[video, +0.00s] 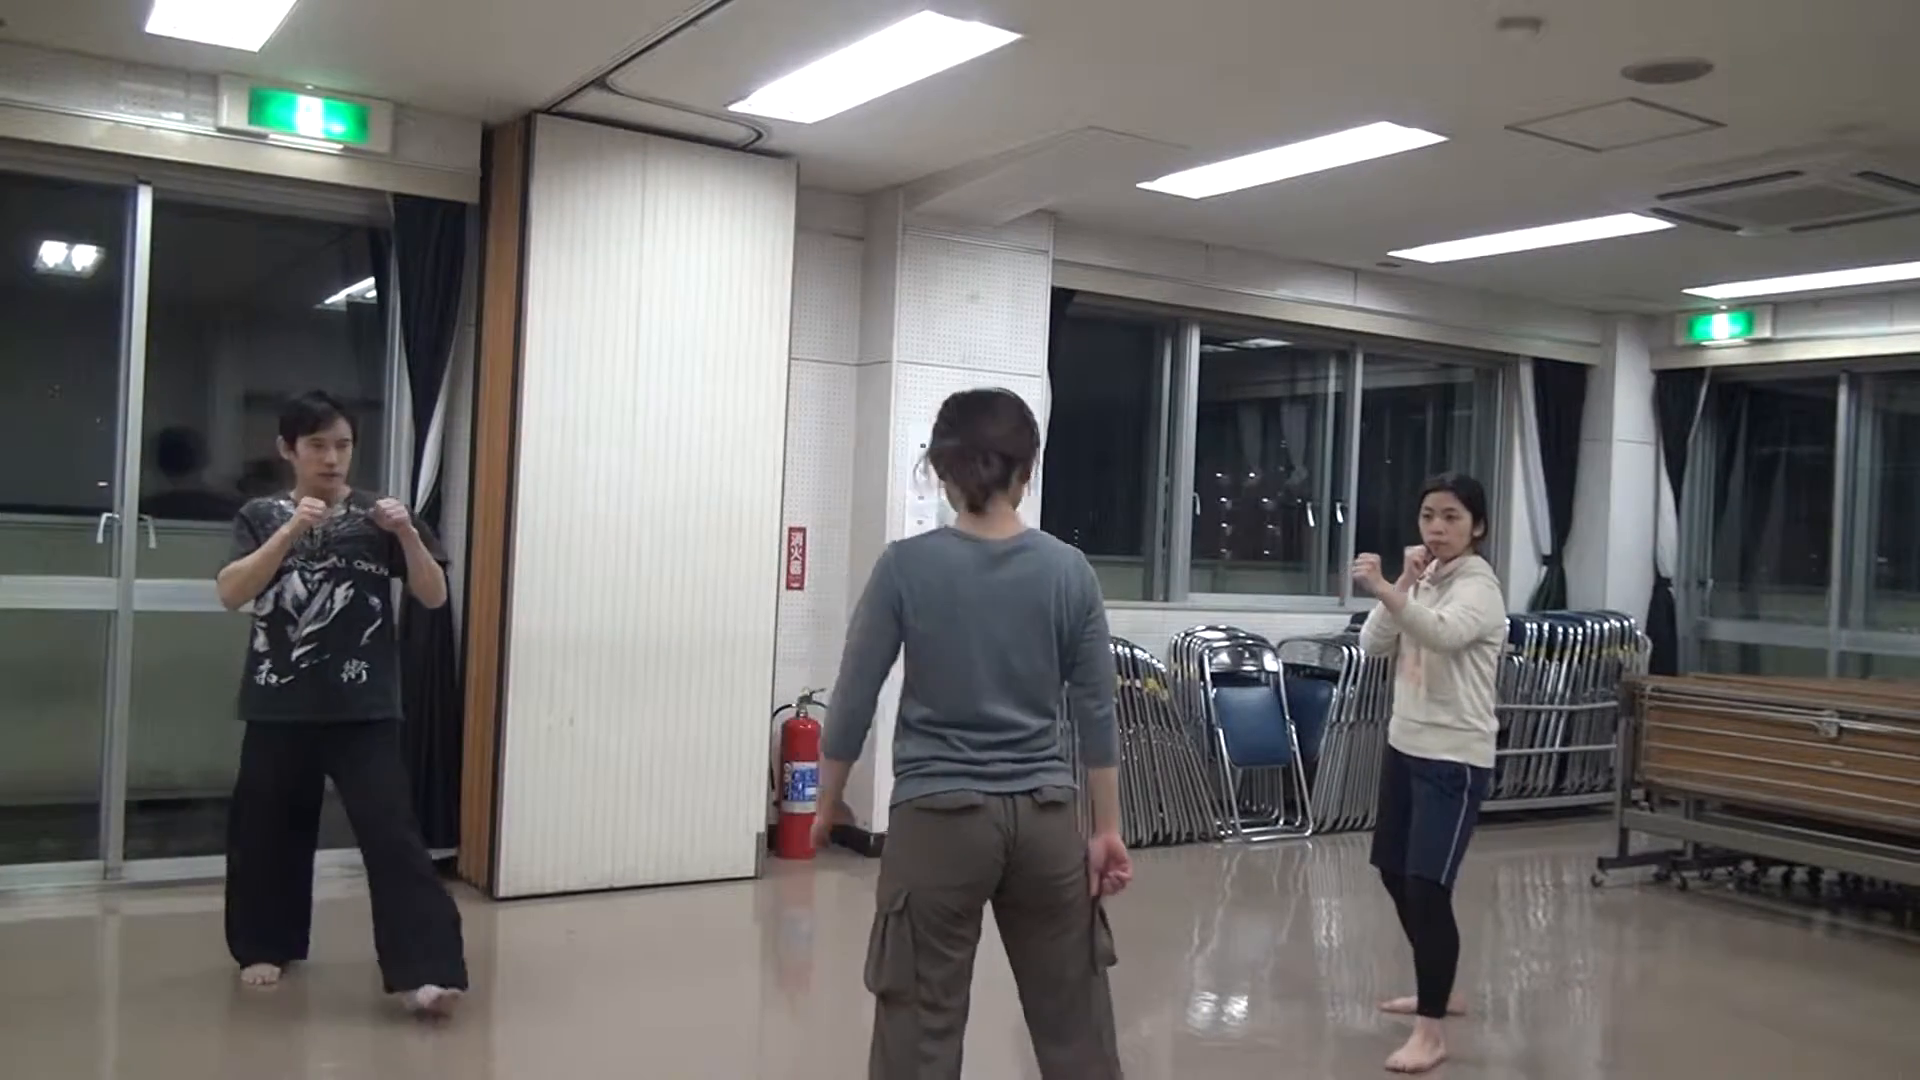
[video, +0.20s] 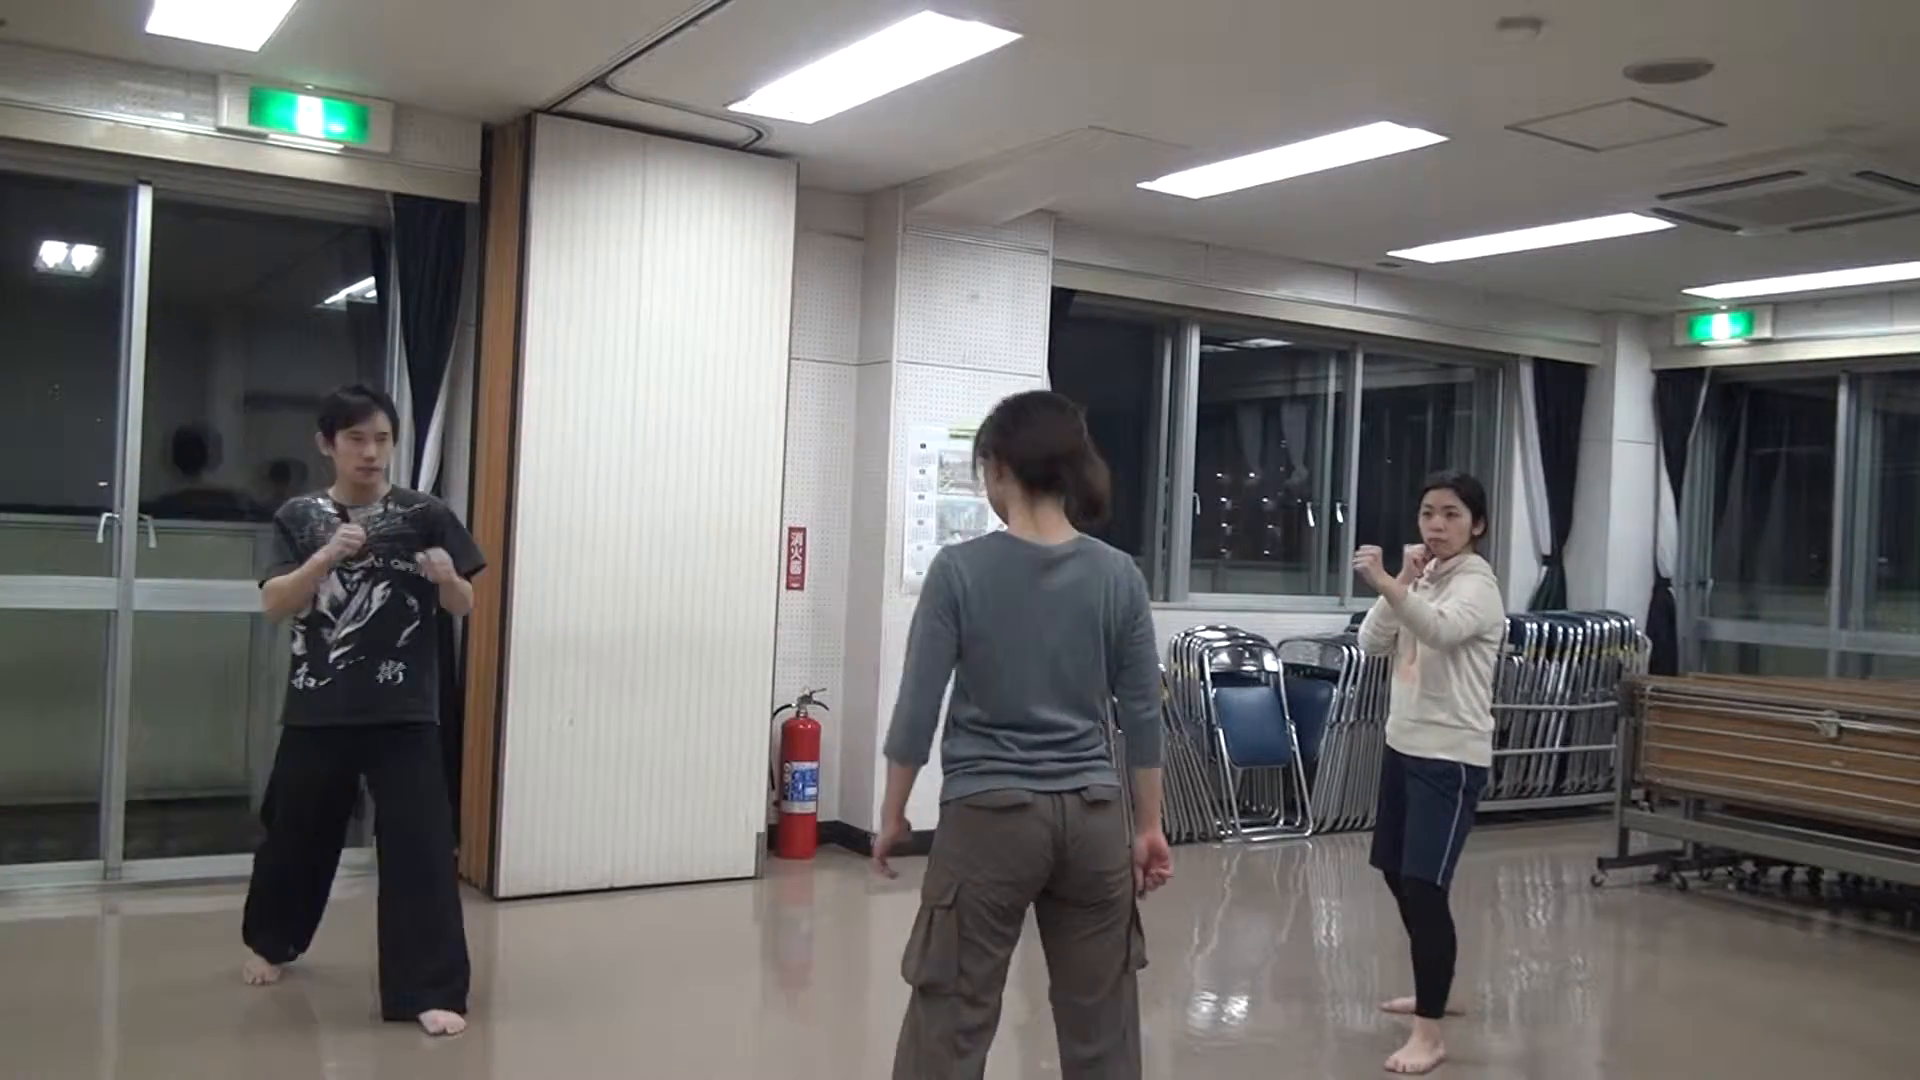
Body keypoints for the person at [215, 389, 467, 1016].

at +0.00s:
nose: (332, 457)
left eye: (342, 446)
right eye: (318, 446)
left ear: (354, 449)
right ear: (288, 450)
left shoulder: (382, 516)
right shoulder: (263, 517)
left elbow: (433, 594)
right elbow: (231, 593)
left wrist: (407, 535)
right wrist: (288, 535)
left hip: (365, 708)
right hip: (281, 708)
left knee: (392, 834)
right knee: (268, 828)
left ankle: (427, 972)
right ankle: (263, 951)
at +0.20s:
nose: (372, 452)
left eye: (382, 439)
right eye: (358, 440)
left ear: (394, 445)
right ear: (329, 445)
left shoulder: (426, 516)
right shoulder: (300, 517)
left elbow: (464, 605)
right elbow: (274, 601)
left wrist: (448, 579)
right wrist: (324, 559)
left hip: (406, 714)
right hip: (320, 712)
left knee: (421, 851)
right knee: (296, 832)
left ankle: (433, 995)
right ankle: (271, 943)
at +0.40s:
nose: (400, 450)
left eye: (409, 438)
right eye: (386, 438)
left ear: (419, 440)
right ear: (355, 441)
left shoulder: (446, 514)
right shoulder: (320, 515)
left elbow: (475, 607)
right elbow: (296, 603)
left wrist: (488, 681)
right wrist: (343, 608)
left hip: (427, 714)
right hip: (342, 715)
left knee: (437, 855)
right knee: (328, 840)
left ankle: (436, 994)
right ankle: (313, 958)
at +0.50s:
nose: (401, 449)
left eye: (411, 438)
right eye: (388, 437)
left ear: (421, 441)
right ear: (357, 439)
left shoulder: (448, 515)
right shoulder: (321, 513)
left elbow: (477, 610)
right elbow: (295, 599)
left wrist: (493, 693)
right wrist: (348, 602)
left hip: (426, 715)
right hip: (343, 716)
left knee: (435, 855)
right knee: (341, 848)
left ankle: (438, 995)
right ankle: (347, 975)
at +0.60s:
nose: (398, 451)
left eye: (407, 440)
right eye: (384, 440)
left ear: (418, 442)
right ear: (352, 442)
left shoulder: (444, 516)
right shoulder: (319, 514)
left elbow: (474, 614)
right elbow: (295, 600)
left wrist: (493, 696)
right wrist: (346, 581)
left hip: (424, 715)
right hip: (341, 716)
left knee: (430, 853)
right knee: (339, 850)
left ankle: (438, 995)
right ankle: (352, 980)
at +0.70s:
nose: (391, 452)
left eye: (401, 441)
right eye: (376, 441)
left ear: (412, 444)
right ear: (345, 445)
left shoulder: (440, 517)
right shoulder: (315, 515)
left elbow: (469, 611)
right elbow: (291, 598)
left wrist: (485, 692)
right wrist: (343, 559)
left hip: (419, 715)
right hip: (336, 715)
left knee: (426, 855)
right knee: (336, 854)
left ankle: (437, 994)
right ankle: (352, 981)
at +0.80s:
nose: (386, 453)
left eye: (395, 441)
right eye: (371, 442)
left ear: (407, 443)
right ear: (339, 447)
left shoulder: (435, 518)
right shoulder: (312, 517)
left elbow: (464, 611)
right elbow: (289, 596)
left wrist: (478, 687)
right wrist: (340, 545)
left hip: (414, 711)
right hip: (332, 712)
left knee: (420, 852)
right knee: (334, 849)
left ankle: (434, 996)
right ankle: (347, 982)